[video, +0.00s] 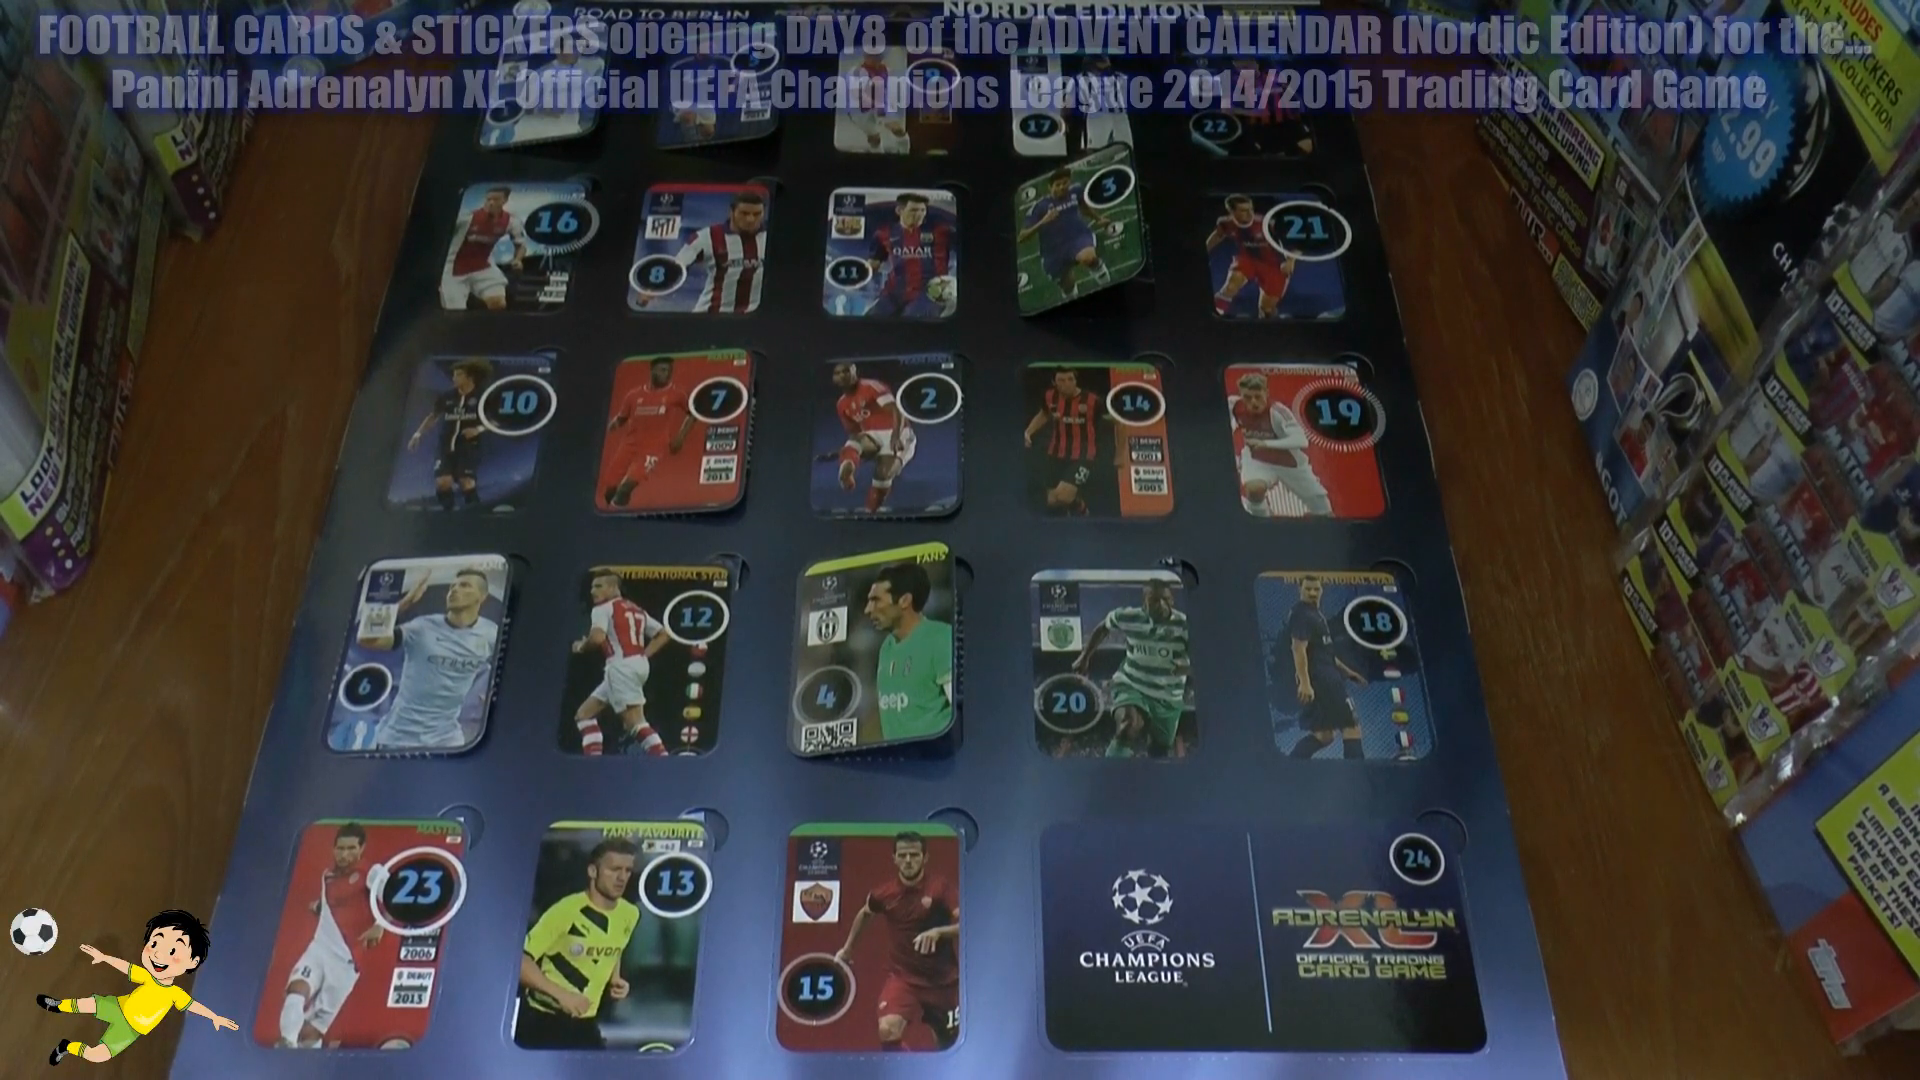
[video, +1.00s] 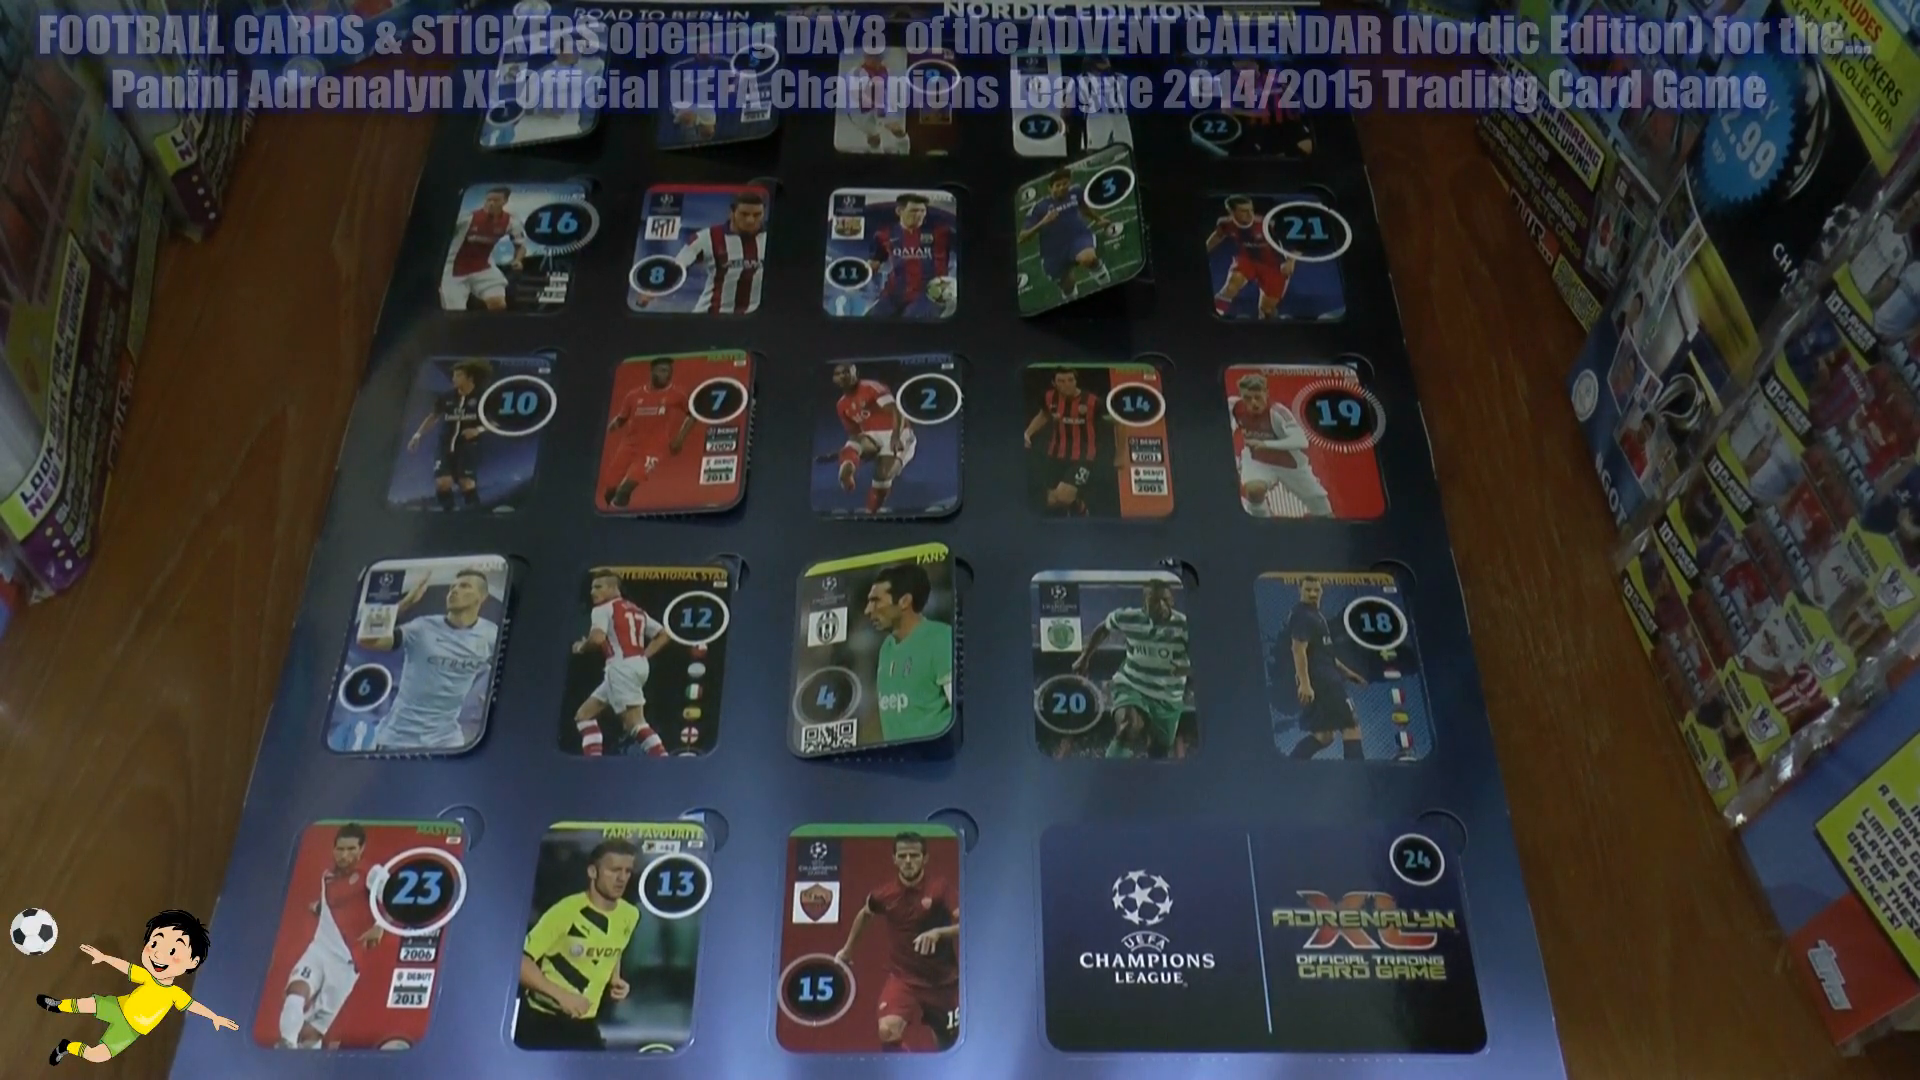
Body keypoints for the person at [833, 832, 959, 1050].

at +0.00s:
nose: (908, 861)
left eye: (914, 855)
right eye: (902, 856)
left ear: (924, 858)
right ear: (894, 859)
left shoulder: (940, 888)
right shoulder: (882, 894)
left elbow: (965, 925)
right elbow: (864, 914)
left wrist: (938, 932)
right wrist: (847, 948)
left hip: (942, 982)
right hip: (902, 978)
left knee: (951, 1048)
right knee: (888, 1031)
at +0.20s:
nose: (908, 862)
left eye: (914, 856)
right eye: (902, 856)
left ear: (924, 858)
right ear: (894, 860)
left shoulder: (940, 889)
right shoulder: (883, 895)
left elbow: (965, 925)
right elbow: (864, 915)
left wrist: (938, 932)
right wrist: (847, 949)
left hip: (943, 983)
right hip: (903, 979)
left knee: (951, 1049)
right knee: (888, 1031)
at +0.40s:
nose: (908, 863)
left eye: (914, 857)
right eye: (902, 857)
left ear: (924, 859)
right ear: (894, 861)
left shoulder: (940, 889)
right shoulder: (883, 896)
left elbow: (965, 926)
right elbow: (864, 916)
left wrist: (938, 933)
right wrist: (847, 950)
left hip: (942, 984)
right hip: (902, 980)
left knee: (951, 1050)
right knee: (887, 1033)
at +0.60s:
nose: (908, 862)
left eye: (914, 857)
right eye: (902, 857)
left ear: (924, 859)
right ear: (894, 861)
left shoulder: (940, 890)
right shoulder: (882, 896)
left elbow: (965, 926)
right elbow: (864, 916)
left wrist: (938, 933)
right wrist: (847, 950)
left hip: (942, 983)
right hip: (903, 980)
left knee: (951, 1049)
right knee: (887, 1032)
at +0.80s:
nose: (908, 862)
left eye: (914, 856)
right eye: (902, 856)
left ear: (924, 859)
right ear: (894, 860)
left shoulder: (940, 889)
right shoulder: (882, 895)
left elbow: (965, 925)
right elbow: (864, 915)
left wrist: (938, 932)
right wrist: (847, 949)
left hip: (942, 983)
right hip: (903, 979)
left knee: (951, 1049)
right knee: (887, 1032)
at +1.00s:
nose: (908, 862)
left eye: (914, 856)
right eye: (902, 856)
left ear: (924, 858)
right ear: (894, 860)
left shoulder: (940, 889)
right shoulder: (883, 895)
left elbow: (965, 925)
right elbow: (864, 915)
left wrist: (938, 932)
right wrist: (847, 949)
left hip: (942, 982)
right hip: (903, 979)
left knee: (951, 1048)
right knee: (888, 1031)